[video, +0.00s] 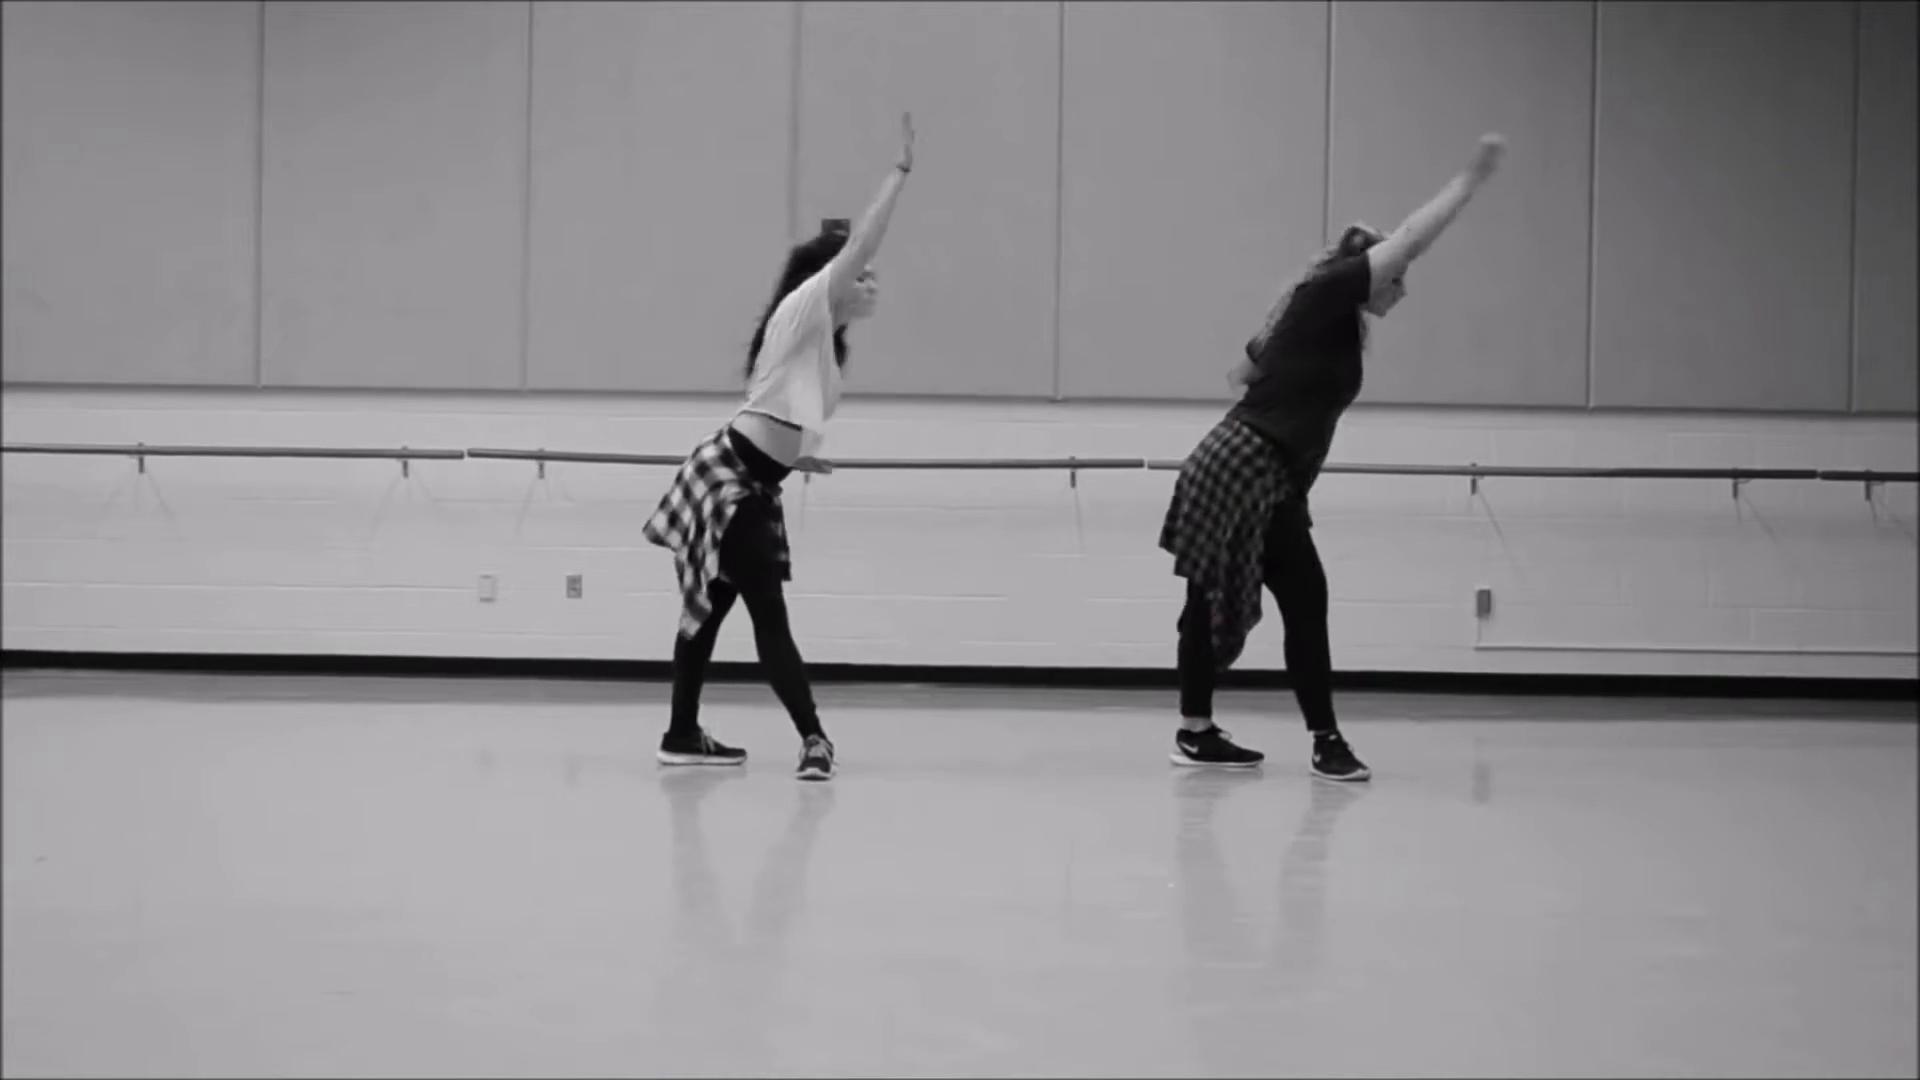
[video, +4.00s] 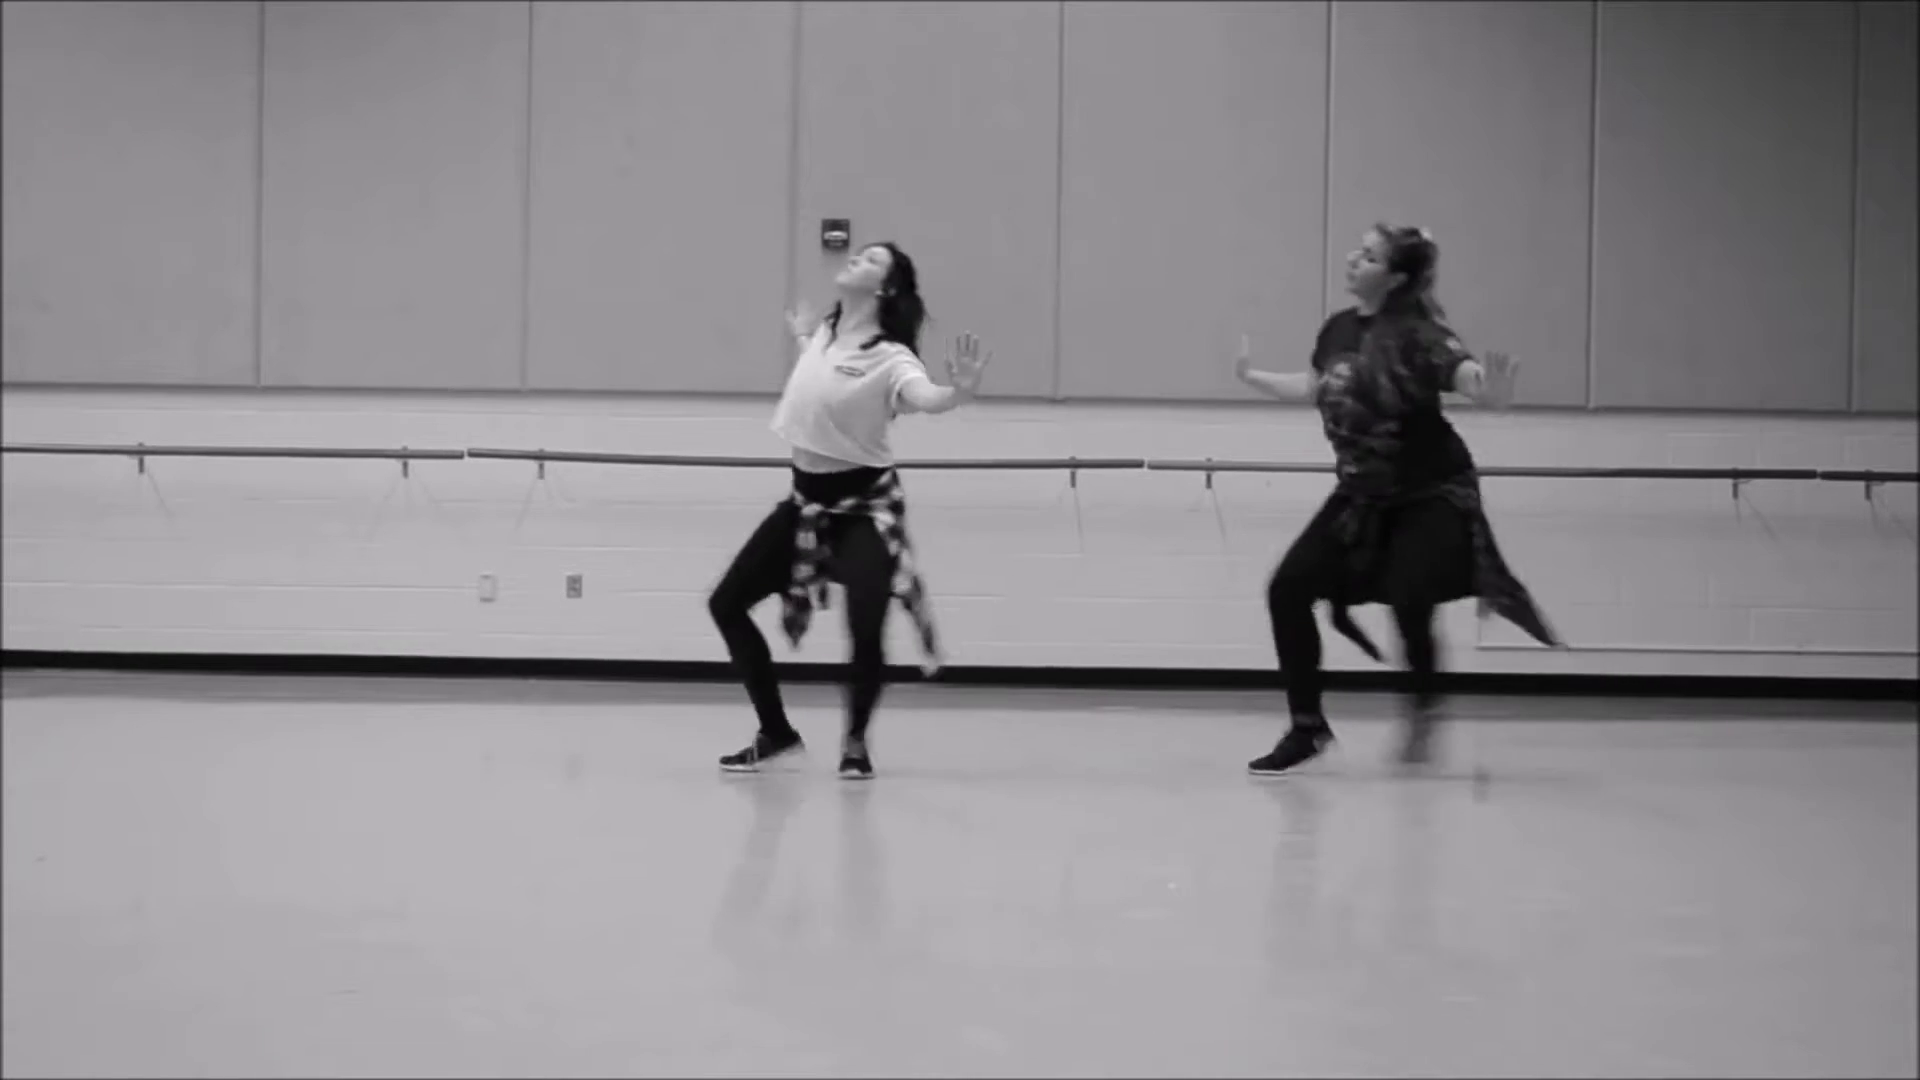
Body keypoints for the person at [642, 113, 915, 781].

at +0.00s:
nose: (871, 287)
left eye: (871, 276)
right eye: (861, 276)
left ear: (850, 284)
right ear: (832, 278)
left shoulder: (819, 341)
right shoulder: (799, 316)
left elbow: (772, 420)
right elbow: (858, 247)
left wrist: (805, 456)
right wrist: (900, 173)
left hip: (750, 479)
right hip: (737, 477)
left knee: (708, 605)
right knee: (768, 613)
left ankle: (682, 732)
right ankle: (813, 740)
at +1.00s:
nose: (860, 283)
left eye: (870, 271)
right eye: (850, 273)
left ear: (893, 276)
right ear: (840, 278)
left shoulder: (913, 347)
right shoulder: (821, 304)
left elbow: (908, 308)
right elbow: (776, 229)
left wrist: (902, 245)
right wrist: (838, 213)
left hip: (823, 491)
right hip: (777, 463)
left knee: (734, 592)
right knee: (786, 603)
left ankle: (619, 616)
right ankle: (793, 741)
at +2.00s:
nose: (1014, 290)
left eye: (1023, 279)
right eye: (1001, 282)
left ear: (1040, 285)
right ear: (984, 293)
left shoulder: (1061, 358)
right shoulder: (964, 342)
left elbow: (1077, 437)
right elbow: (927, 298)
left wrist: (1044, 406)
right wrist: (990, 297)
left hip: (1033, 512)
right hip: (958, 502)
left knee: (1073, 629)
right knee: (891, 623)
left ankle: (1086, 746)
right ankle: (816, 739)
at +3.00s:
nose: (1102, 312)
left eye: (1105, 302)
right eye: (1092, 300)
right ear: (1055, 300)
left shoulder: (1086, 386)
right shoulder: (997, 342)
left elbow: (1093, 483)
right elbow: (966, 324)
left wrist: (1069, 420)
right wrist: (1028, 365)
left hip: (1036, 518)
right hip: (963, 508)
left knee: (1074, 626)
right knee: (892, 621)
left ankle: (1085, 748)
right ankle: (816, 739)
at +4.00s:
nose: (852, 260)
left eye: (868, 259)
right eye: (855, 254)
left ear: (887, 289)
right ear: (844, 275)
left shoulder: (891, 356)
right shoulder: (823, 332)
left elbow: (924, 394)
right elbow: (812, 359)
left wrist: (957, 391)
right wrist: (798, 331)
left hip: (864, 508)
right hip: (805, 503)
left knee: (865, 633)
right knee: (726, 604)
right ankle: (775, 730)